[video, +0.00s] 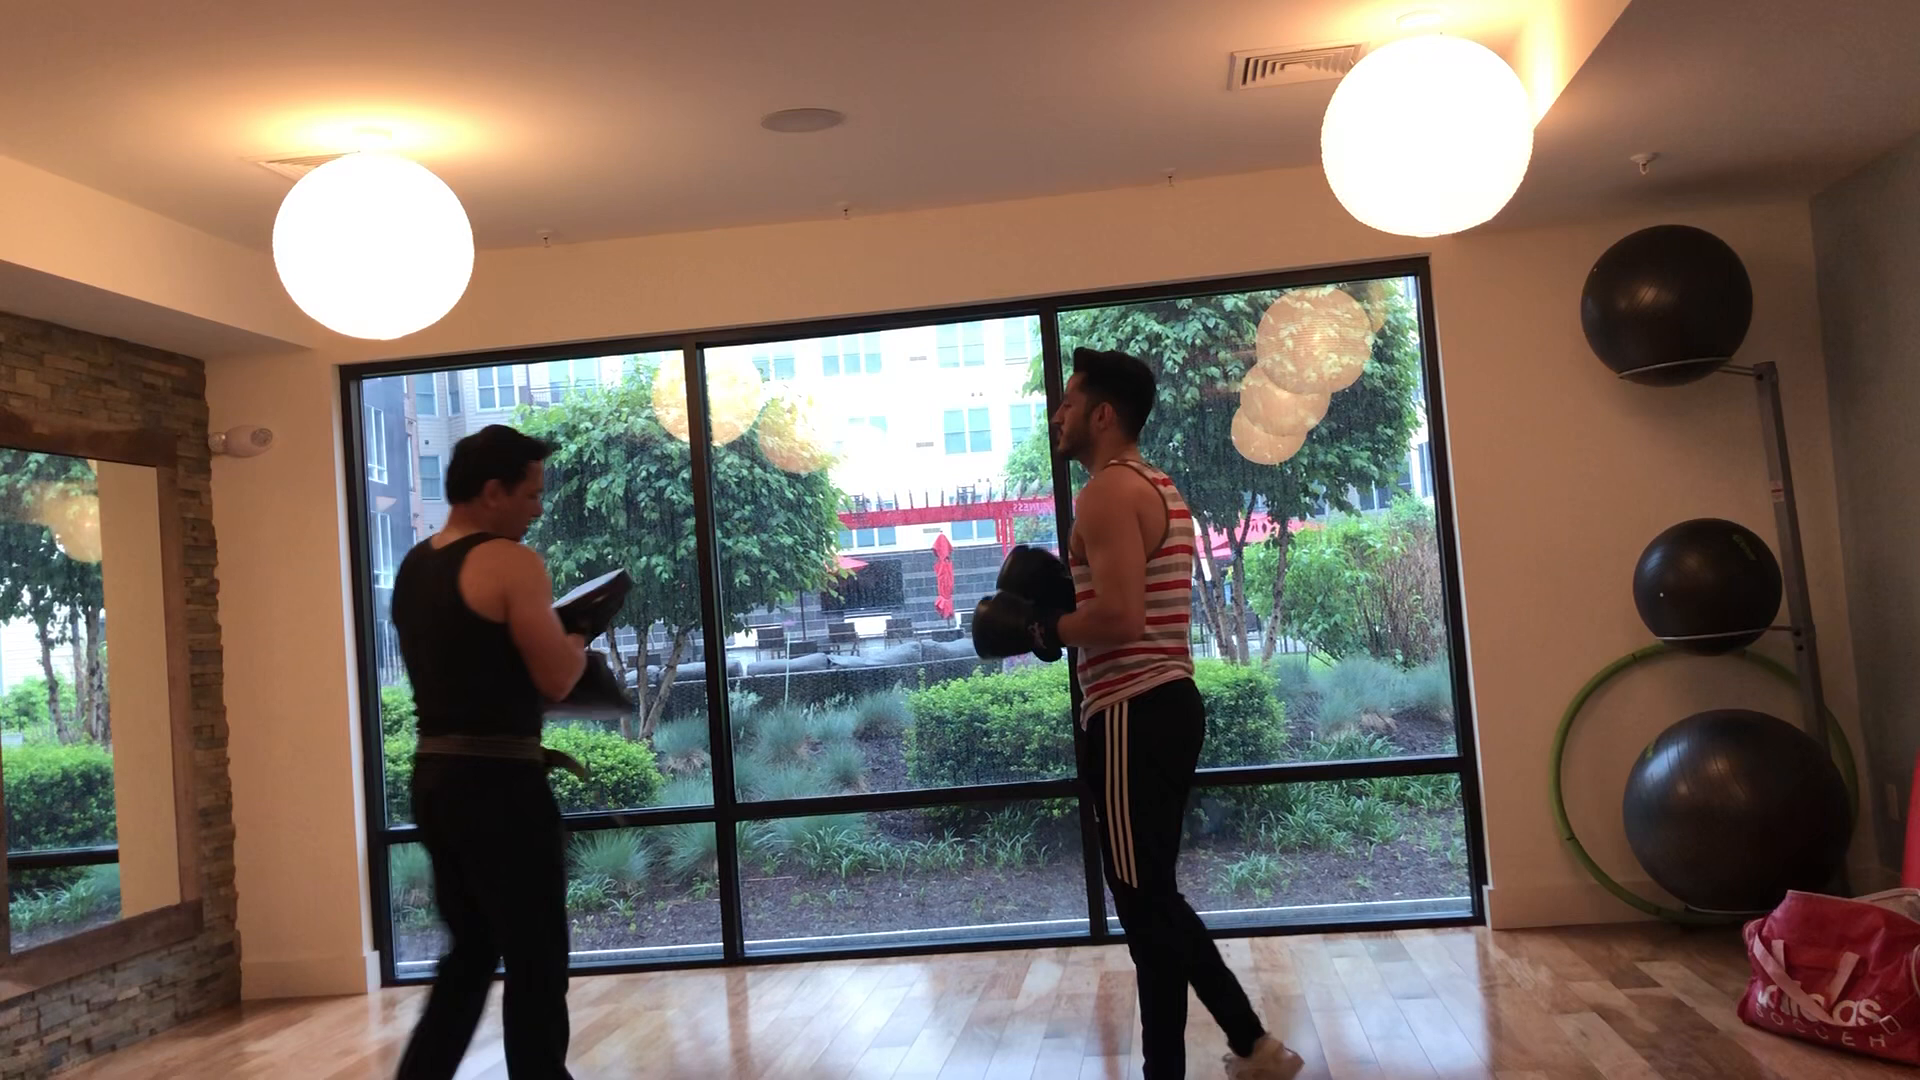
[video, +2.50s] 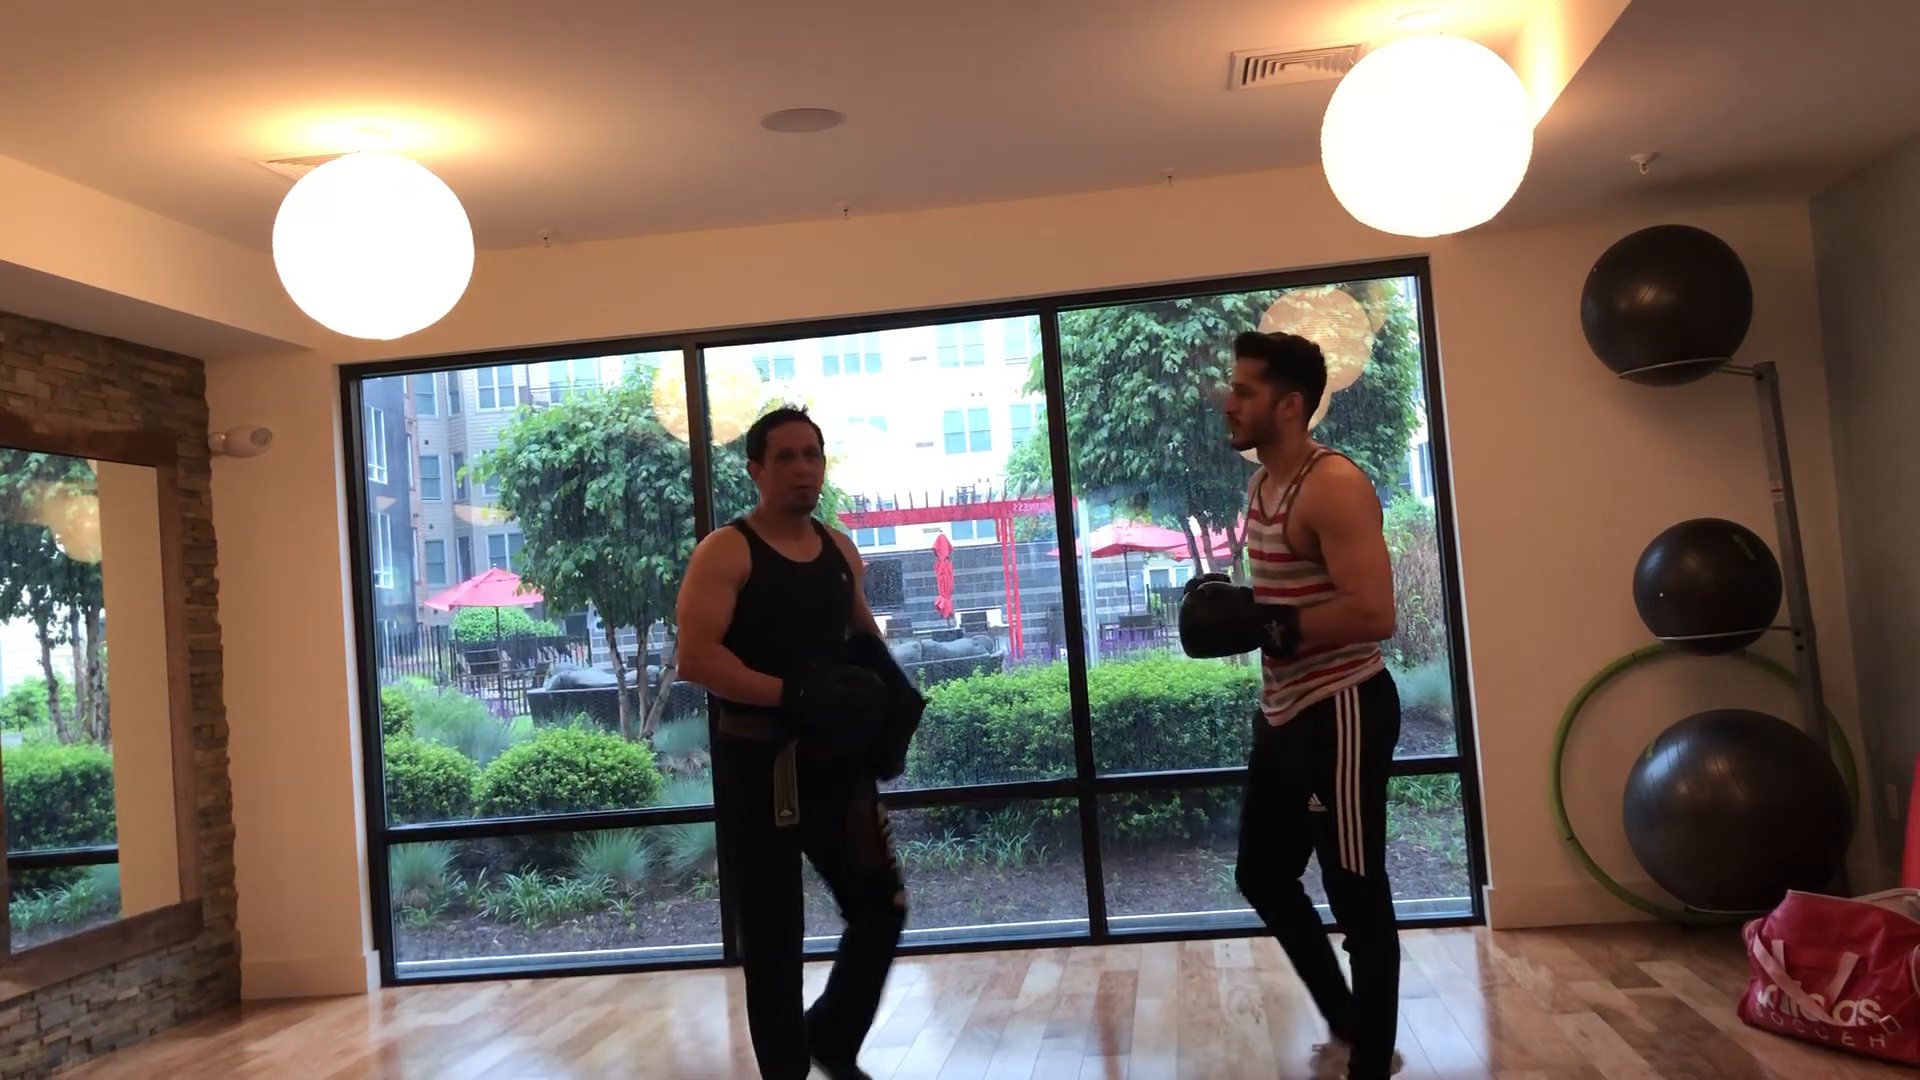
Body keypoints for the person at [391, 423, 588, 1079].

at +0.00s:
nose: (540, 508)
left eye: (541, 493)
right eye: (534, 493)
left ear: (472, 491)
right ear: (492, 492)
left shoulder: (416, 564)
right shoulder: (514, 565)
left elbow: (457, 666)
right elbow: (557, 678)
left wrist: (548, 634)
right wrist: (576, 638)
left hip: (437, 782)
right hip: (504, 784)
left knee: (472, 948)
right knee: (538, 961)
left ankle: (418, 1075)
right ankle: (541, 1075)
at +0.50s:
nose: (629, 500)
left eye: (628, 486)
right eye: (621, 487)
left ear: (570, 495)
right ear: (584, 495)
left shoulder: (519, 566)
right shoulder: (592, 565)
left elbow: (575, 663)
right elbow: (667, 657)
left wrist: (663, 638)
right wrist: (705, 619)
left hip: (544, 770)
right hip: (589, 772)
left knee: (600, 941)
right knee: (597, 946)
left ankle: (638, 1071)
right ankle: (559, 1073)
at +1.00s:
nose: (674, 482)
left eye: (672, 470)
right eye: (657, 472)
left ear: (630, 488)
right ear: (615, 488)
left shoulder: (613, 551)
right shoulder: (626, 551)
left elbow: (660, 646)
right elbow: (668, 651)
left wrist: (725, 641)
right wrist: (717, 624)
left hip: (631, 756)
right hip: (644, 758)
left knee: (639, 915)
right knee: (682, 914)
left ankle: (636, 1065)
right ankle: (697, 1064)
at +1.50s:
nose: (714, 474)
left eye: (715, 461)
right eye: (696, 466)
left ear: (720, 469)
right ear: (661, 484)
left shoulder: (729, 557)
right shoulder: (650, 560)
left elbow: (771, 625)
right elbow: (679, 661)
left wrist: (813, 656)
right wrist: (762, 633)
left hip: (739, 748)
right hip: (676, 756)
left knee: (790, 886)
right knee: (687, 914)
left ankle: (749, 1042)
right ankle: (693, 1061)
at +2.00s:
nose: (789, 470)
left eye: (797, 458)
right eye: (773, 459)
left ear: (807, 468)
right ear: (741, 472)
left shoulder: (817, 549)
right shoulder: (712, 548)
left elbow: (853, 634)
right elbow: (680, 648)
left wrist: (861, 664)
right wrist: (777, 674)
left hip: (808, 739)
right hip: (739, 744)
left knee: (815, 911)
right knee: (754, 911)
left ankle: (813, 1065)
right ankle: (737, 1063)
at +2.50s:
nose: (804, 468)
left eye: (813, 454)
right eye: (787, 457)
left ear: (824, 464)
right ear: (755, 470)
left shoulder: (840, 551)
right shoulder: (723, 552)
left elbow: (865, 641)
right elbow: (694, 657)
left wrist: (890, 700)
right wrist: (794, 693)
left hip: (833, 754)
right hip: (753, 760)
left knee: (879, 909)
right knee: (772, 927)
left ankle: (831, 1036)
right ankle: (784, 1068)